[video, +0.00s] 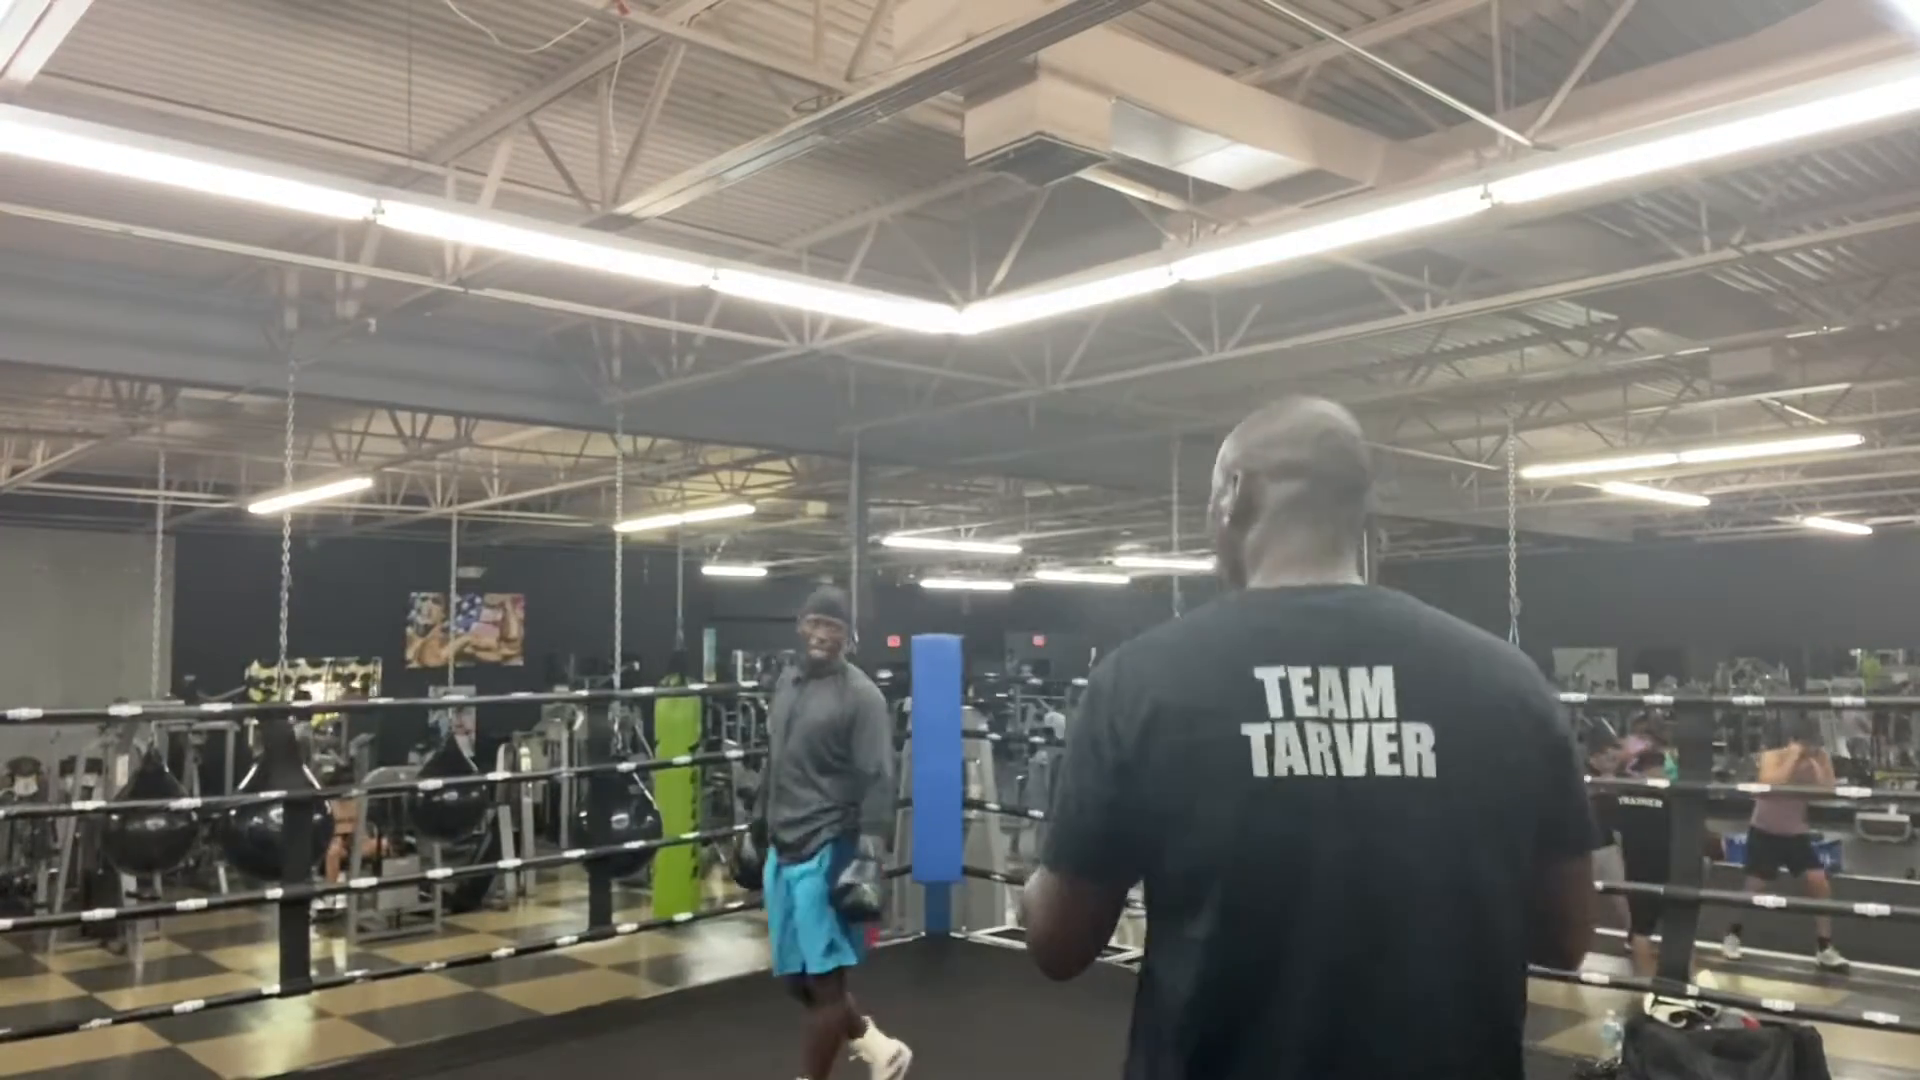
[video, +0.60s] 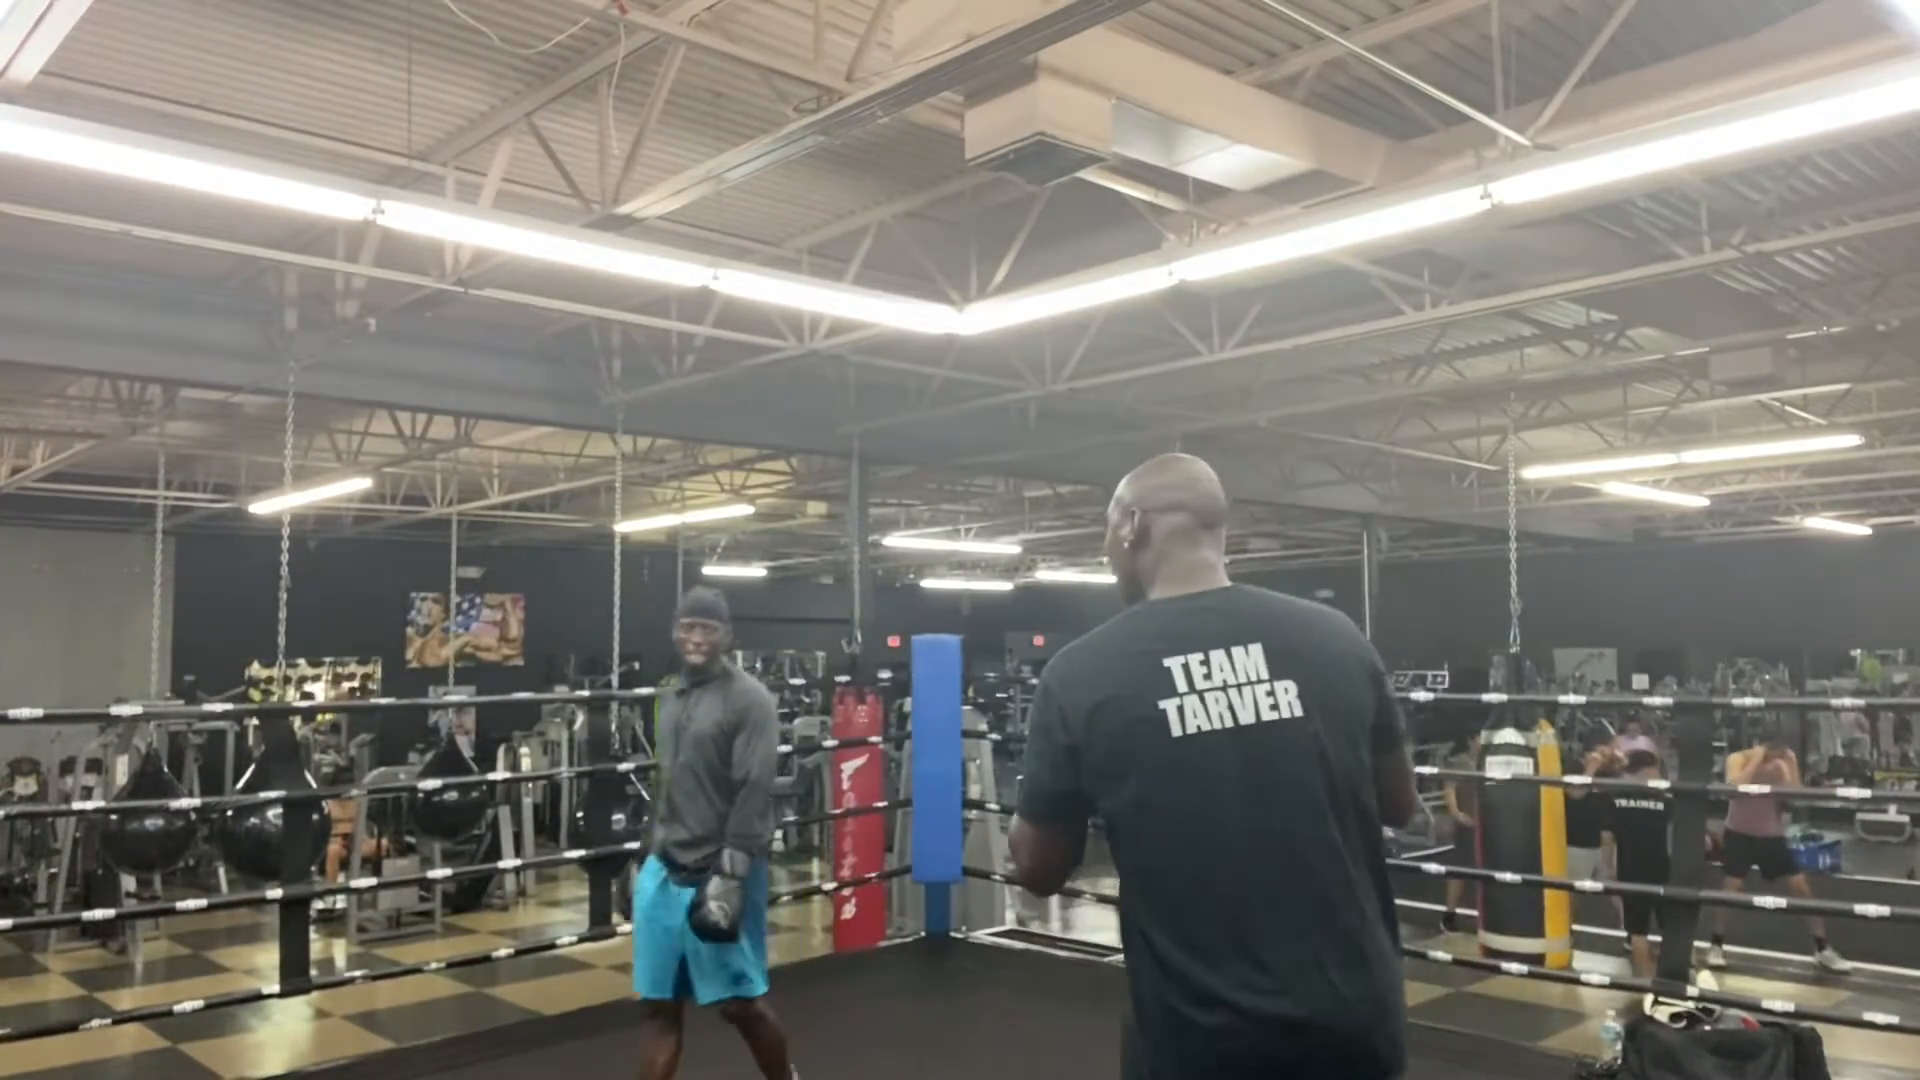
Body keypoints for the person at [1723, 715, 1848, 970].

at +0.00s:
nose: (1805, 748)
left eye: (1809, 744)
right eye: (1800, 743)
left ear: (1814, 743)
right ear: (1789, 740)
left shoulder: (1818, 758)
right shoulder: (1772, 756)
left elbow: (1828, 788)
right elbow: (1771, 781)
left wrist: (1817, 761)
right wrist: (1792, 756)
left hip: (1796, 834)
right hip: (1764, 832)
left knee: (1820, 885)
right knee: (1755, 886)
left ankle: (1824, 947)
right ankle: (1733, 934)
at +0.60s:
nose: (1774, 751)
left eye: (1778, 747)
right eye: (1769, 745)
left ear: (1782, 746)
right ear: (1758, 743)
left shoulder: (1785, 761)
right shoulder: (1737, 759)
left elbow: (1795, 794)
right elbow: (1735, 787)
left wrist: (1785, 765)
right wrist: (1756, 758)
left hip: (1772, 838)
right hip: (1739, 836)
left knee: (1801, 890)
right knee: (1731, 892)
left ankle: (1822, 948)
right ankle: (1716, 945)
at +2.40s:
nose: (1854, 778)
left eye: (1854, 774)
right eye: (1853, 773)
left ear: (1833, 765)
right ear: (1846, 769)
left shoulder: (1808, 781)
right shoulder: (1833, 780)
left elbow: (1835, 823)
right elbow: (1873, 790)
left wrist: (1847, 797)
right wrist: (1912, 789)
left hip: (1816, 863)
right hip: (1791, 863)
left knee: (1857, 901)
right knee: (1801, 925)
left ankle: (1872, 967)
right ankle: (1749, 939)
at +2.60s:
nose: (1872, 784)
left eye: (1872, 780)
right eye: (1870, 779)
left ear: (1847, 772)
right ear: (1858, 775)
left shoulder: (1817, 784)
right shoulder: (1847, 785)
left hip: (1824, 862)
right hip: (1802, 861)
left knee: (1865, 902)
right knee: (1823, 927)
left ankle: (1873, 967)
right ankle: (1766, 948)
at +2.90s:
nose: (1867, 766)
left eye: (1869, 762)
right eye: (1866, 761)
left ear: (1860, 760)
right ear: (1853, 756)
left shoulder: (1859, 780)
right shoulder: (1823, 773)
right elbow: (1843, 804)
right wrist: (1872, 786)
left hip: (1838, 850)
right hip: (1805, 848)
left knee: (1867, 899)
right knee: (1802, 904)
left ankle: (1873, 967)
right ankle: (1777, 953)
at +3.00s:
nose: (1855, 767)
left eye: (1860, 763)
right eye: (1853, 762)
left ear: (1863, 763)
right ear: (1842, 758)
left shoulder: (1859, 780)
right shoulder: (1816, 775)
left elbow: (1877, 808)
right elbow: (1828, 813)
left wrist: (1873, 776)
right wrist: (1849, 786)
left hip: (1839, 852)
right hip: (1804, 850)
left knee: (1866, 898)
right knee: (1789, 905)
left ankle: (1873, 967)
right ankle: (1780, 955)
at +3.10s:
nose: (1844, 776)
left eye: (1849, 771)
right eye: (1839, 770)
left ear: (1853, 770)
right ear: (1827, 767)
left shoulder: (1855, 780)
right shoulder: (1807, 779)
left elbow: (1868, 817)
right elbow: (1810, 817)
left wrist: (1854, 792)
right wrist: (1829, 789)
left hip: (1842, 856)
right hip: (1802, 855)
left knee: (1867, 903)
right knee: (1784, 903)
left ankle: (1874, 966)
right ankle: (1782, 957)